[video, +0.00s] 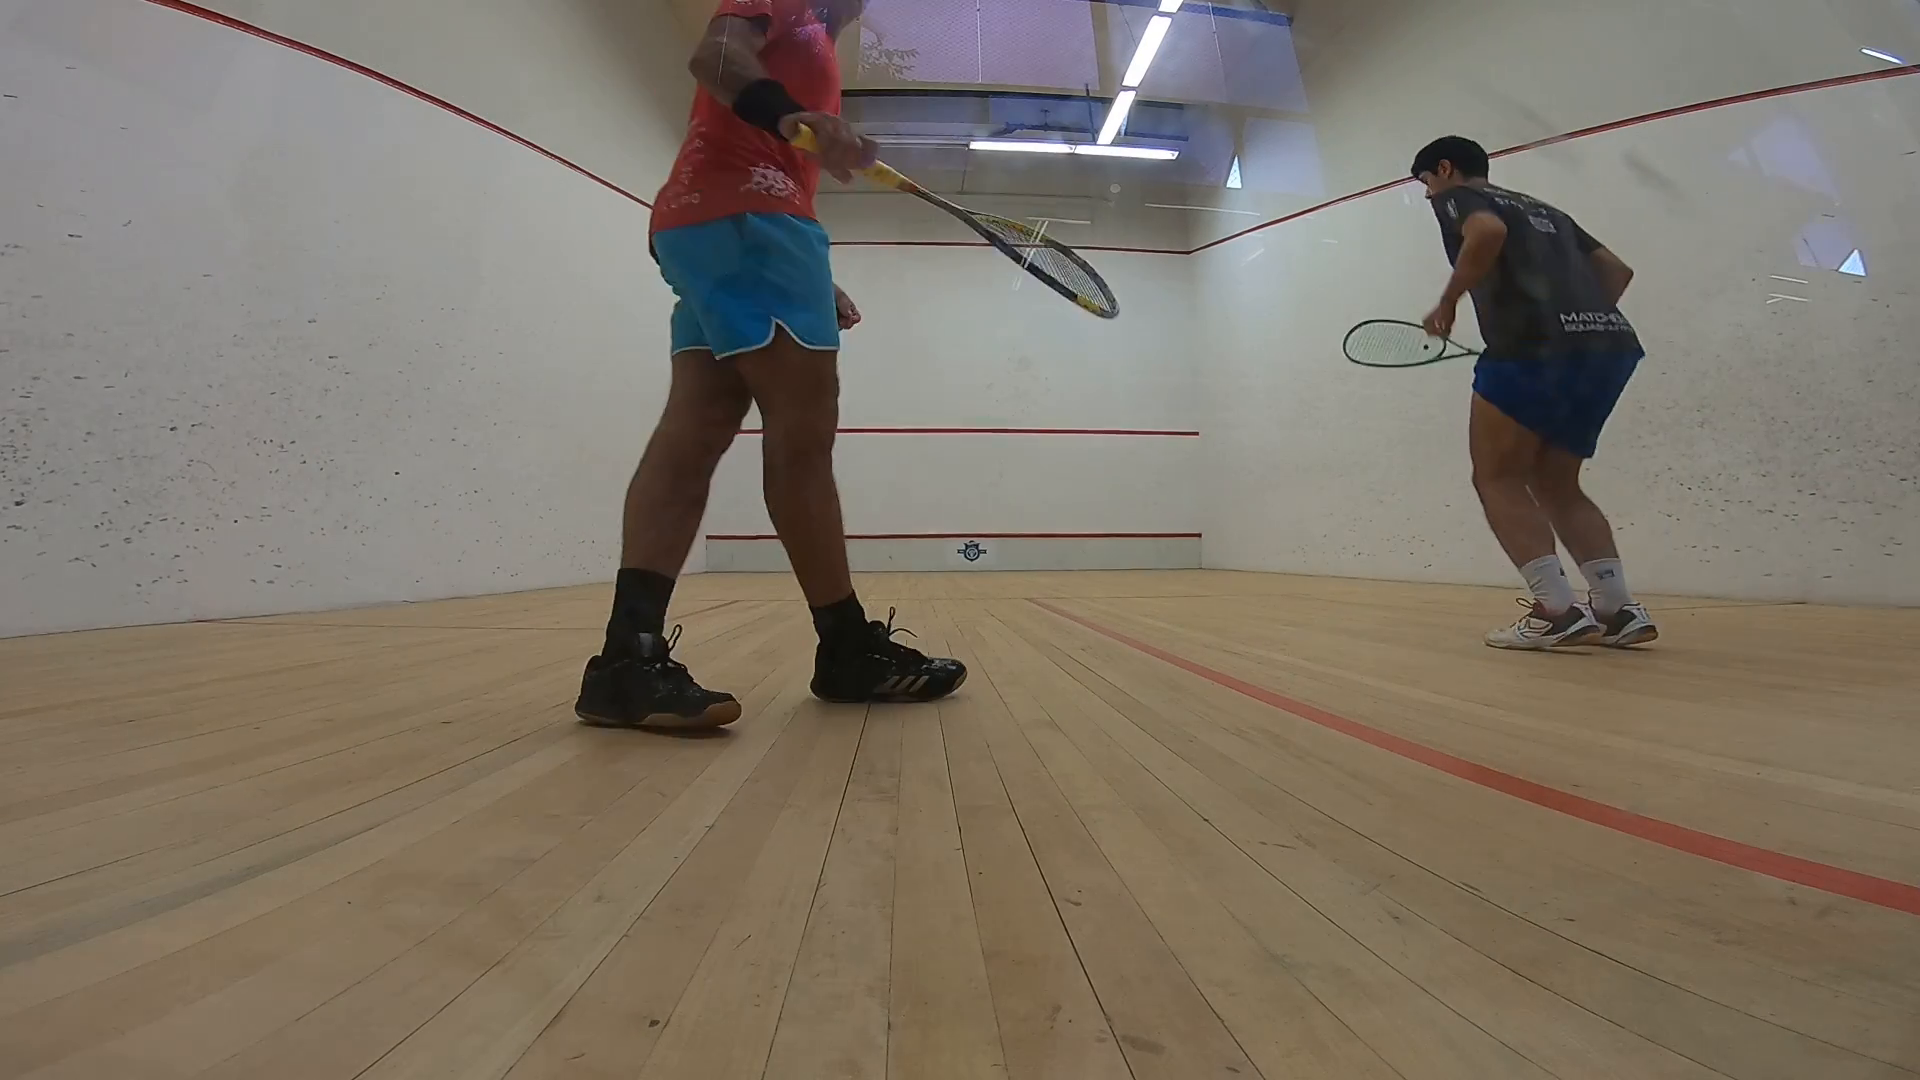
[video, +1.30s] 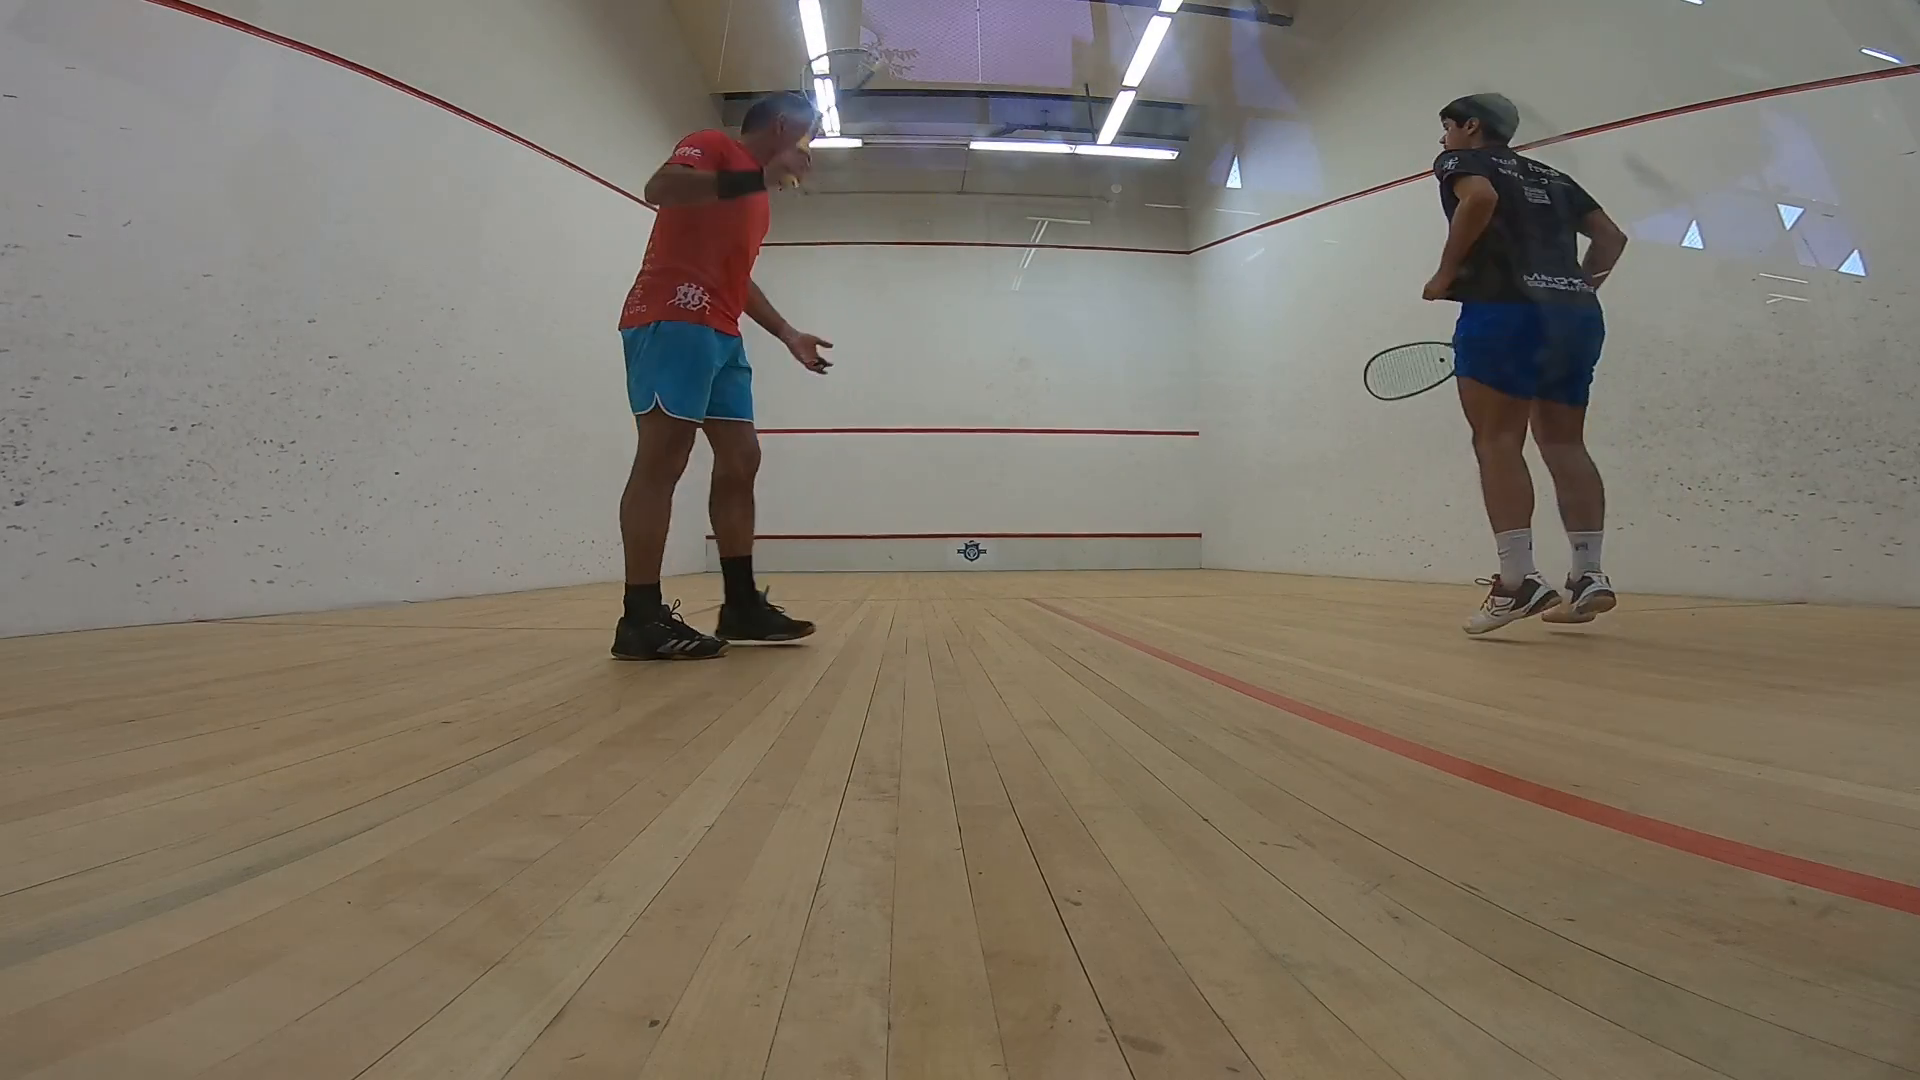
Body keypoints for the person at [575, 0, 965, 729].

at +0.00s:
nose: (865, 7)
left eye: (863, 9)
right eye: (861, 4)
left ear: (838, 8)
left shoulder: (808, 50)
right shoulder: (784, 6)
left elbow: (766, 178)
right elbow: (715, 54)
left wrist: (812, 277)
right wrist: (795, 119)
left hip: (712, 221)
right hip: (749, 214)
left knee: (693, 432)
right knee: (804, 429)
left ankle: (628, 656)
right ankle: (847, 646)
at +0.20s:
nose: (909, 30)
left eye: (911, 27)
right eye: (908, 20)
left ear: (883, 24)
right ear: (889, 8)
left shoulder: (844, 64)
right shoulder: (843, 20)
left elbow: (807, 186)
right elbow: (798, 96)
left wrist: (895, 220)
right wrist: (886, 191)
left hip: (758, 240)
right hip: (791, 234)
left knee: (800, 434)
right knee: (819, 436)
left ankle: (693, 611)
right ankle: (850, 647)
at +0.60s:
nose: (904, 96)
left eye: (909, 93)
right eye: (904, 81)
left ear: (889, 84)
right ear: (882, 62)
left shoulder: (852, 131)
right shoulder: (829, 86)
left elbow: (826, 215)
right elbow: (784, 148)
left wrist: (889, 226)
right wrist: (881, 206)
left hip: (804, 285)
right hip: (797, 281)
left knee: (820, 442)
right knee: (832, 440)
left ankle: (809, 617)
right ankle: (851, 645)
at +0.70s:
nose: (894, 100)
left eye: (901, 96)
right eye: (885, 85)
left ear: (893, 108)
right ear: (851, 80)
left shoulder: (858, 157)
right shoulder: (817, 105)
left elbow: (823, 260)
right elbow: (759, 164)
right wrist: (856, 209)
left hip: (818, 305)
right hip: (778, 290)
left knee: (836, 445)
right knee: (821, 435)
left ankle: (817, 623)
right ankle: (808, 626)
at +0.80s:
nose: (876, 111)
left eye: (884, 108)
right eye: (871, 95)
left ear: (877, 116)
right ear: (840, 83)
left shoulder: (840, 162)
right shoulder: (800, 111)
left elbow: (803, 265)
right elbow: (741, 171)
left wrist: (835, 334)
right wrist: (839, 209)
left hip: (802, 305)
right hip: (764, 292)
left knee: (821, 447)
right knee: (807, 437)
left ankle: (807, 618)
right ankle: (747, 614)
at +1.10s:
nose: (827, 130)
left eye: (834, 124)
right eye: (820, 115)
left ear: (823, 133)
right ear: (784, 108)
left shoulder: (784, 182)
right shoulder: (749, 137)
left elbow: (740, 281)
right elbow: (703, 206)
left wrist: (776, 345)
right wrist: (795, 243)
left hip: (751, 336)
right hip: (707, 319)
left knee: (762, 467)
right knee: (695, 466)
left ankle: (804, 612)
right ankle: (645, 617)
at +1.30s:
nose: (803, 162)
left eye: (809, 151)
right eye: (803, 146)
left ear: (779, 132)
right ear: (777, 127)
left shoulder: (757, 199)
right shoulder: (715, 145)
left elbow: (733, 278)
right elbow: (657, 188)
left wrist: (789, 334)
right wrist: (752, 180)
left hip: (722, 333)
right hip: (672, 319)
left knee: (740, 458)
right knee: (662, 459)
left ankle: (743, 606)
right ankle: (641, 618)